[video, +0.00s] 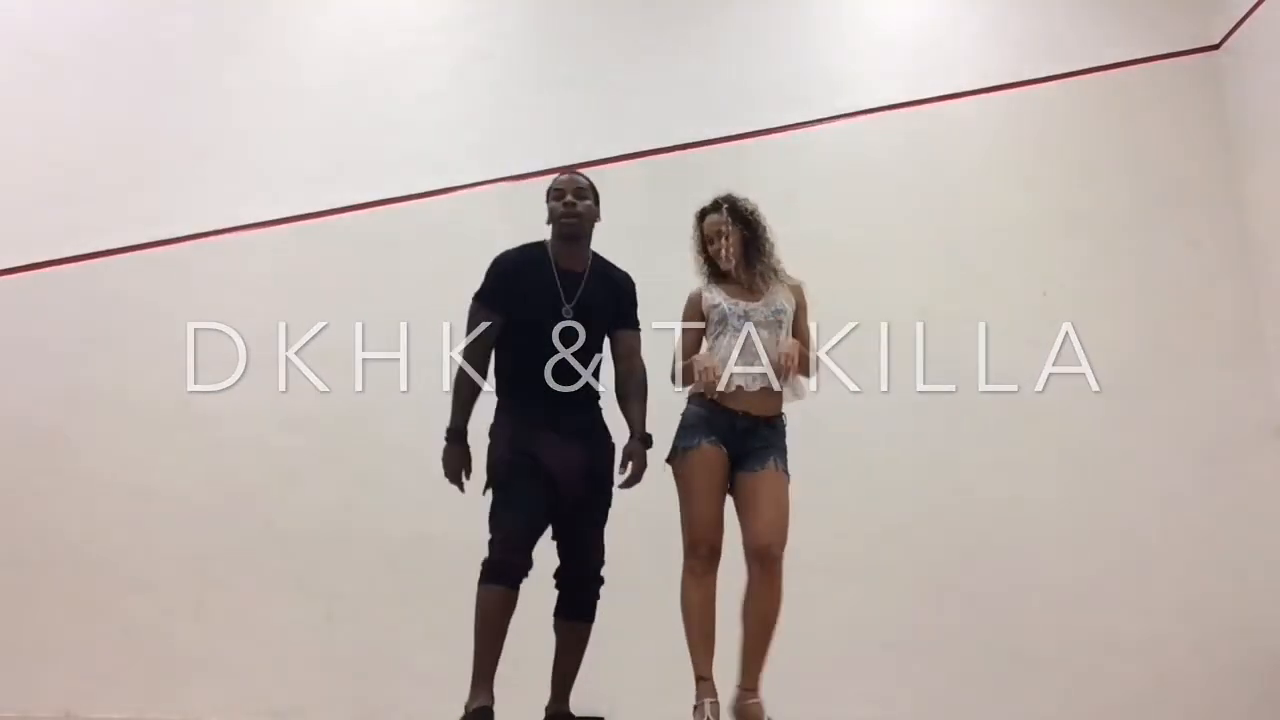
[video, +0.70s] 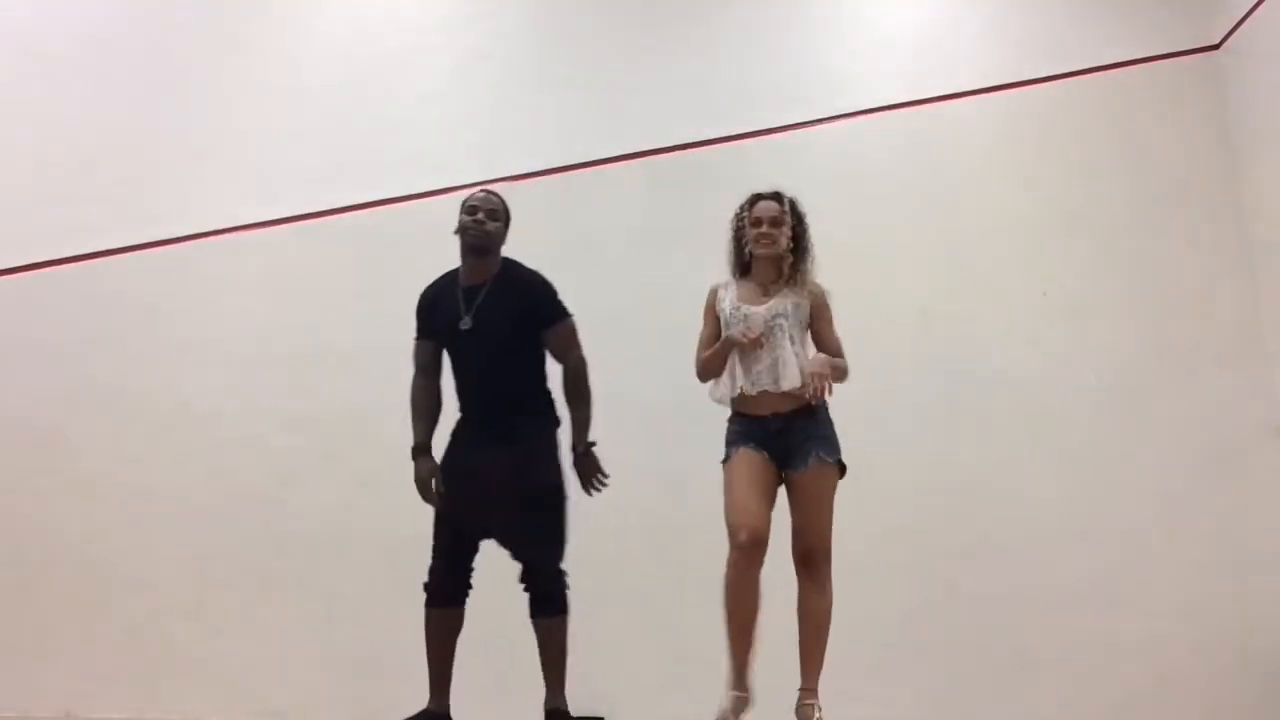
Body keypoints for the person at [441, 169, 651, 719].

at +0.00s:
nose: (569, 204)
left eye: (580, 197)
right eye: (559, 197)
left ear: (598, 213)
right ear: (546, 211)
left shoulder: (615, 284)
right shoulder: (511, 269)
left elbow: (628, 365)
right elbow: (476, 356)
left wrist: (638, 431)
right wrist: (457, 433)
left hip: (585, 441)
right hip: (520, 437)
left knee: (582, 575)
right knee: (506, 560)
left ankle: (559, 704)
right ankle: (480, 698)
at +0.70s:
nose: (479, 219)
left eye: (491, 215)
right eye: (471, 212)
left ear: (505, 233)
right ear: (457, 227)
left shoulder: (531, 288)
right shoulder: (437, 297)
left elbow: (574, 362)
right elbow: (426, 377)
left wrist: (581, 442)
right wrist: (422, 449)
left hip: (531, 449)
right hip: (469, 448)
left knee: (544, 577)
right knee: (445, 577)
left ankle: (556, 703)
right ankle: (438, 704)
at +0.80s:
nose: (471, 219)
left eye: (484, 216)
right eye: (465, 212)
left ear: (499, 235)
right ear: (451, 227)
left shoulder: (524, 290)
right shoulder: (429, 297)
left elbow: (560, 369)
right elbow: (417, 372)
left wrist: (561, 447)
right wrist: (416, 439)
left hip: (516, 446)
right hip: (459, 444)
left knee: (513, 571)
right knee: (439, 573)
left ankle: (543, 700)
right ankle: (438, 704)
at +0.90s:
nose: (475, 215)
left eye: (487, 212)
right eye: (466, 209)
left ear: (500, 234)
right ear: (450, 227)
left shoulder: (521, 291)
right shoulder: (425, 295)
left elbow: (549, 376)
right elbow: (411, 368)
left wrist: (542, 449)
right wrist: (418, 424)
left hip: (509, 444)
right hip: (451, 444)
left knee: (486, 559)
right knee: (436, 569)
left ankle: (527, 691)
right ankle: (437, 704)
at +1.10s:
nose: (483, 205)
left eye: (494, 203)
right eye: (474, 201)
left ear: (506, 226)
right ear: (458, 219)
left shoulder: (524, 286)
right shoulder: (423, 273)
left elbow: (558, 369)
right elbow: (400, 344)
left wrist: (542, 441)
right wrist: (429, 392)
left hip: (500, 426)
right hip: (441, 425)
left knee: (481, 530)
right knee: (437, 559)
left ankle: (483, 657)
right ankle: (436, 702)